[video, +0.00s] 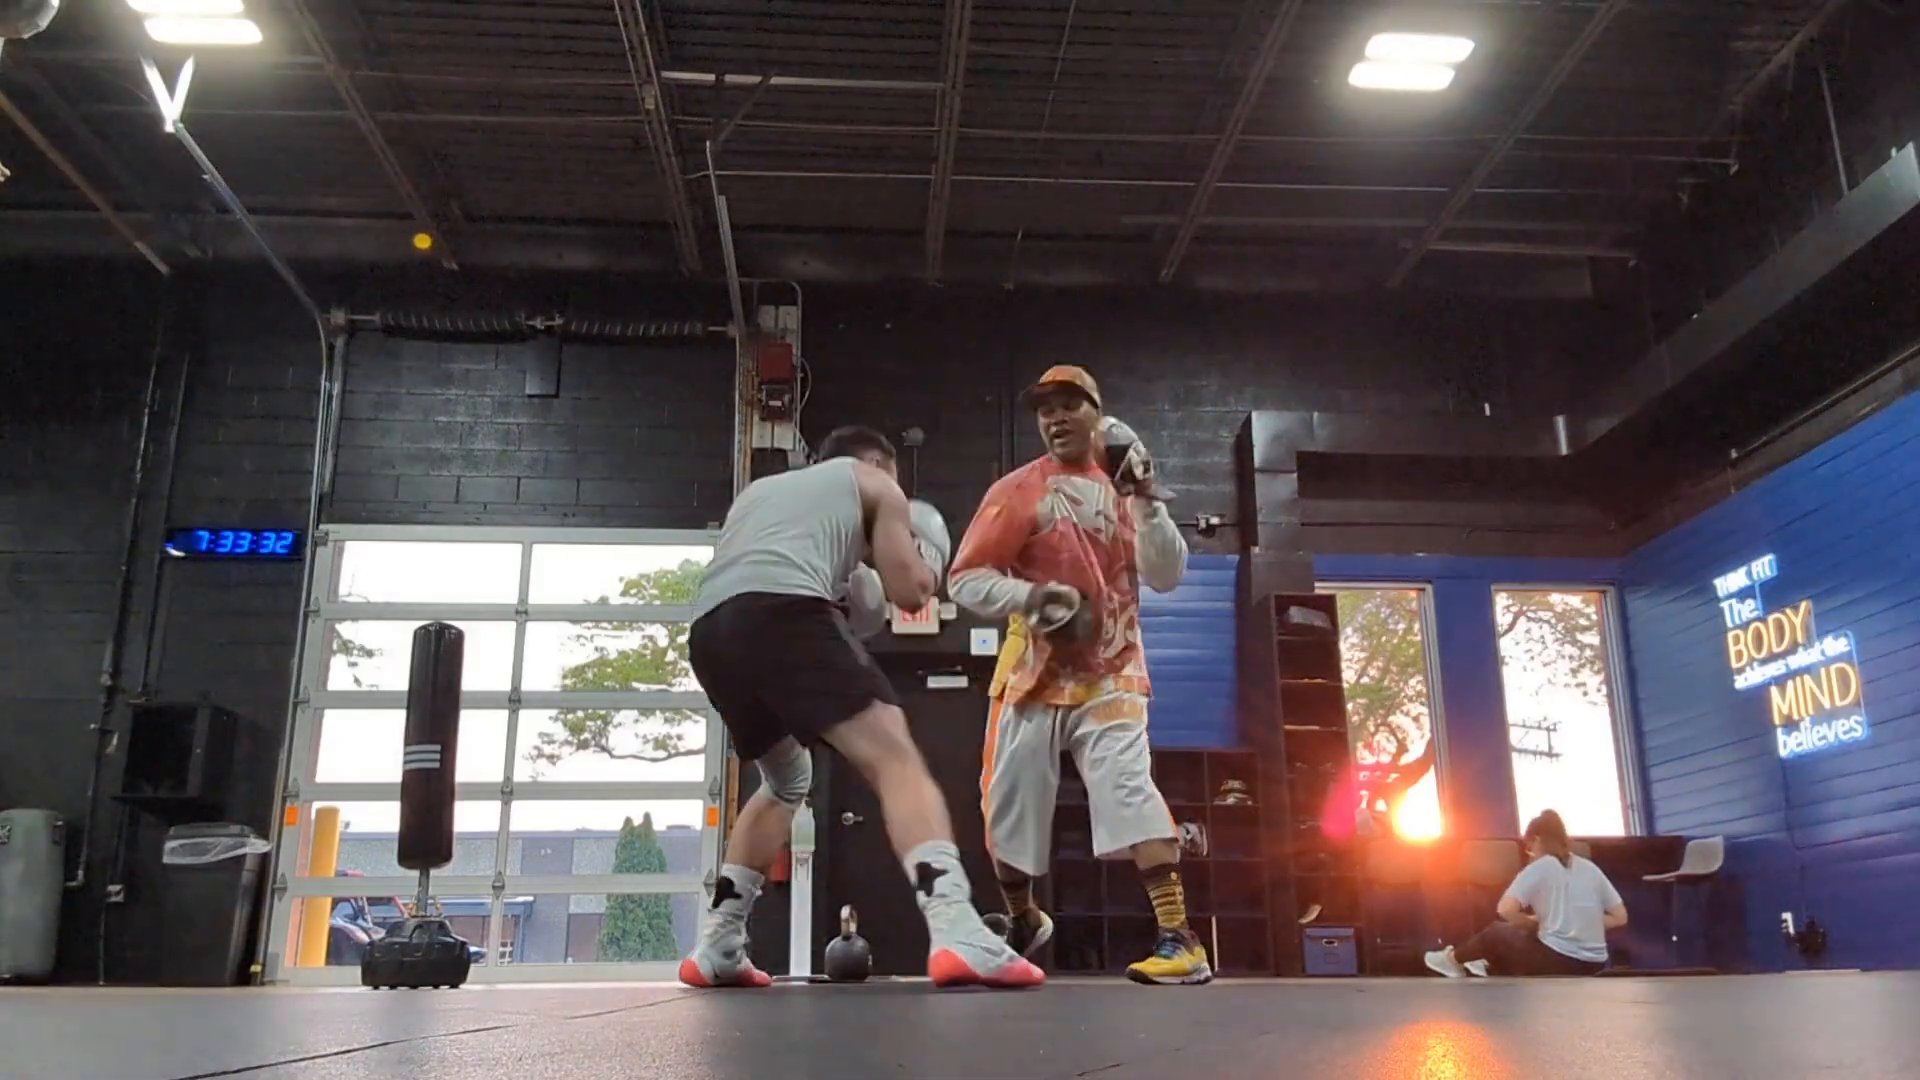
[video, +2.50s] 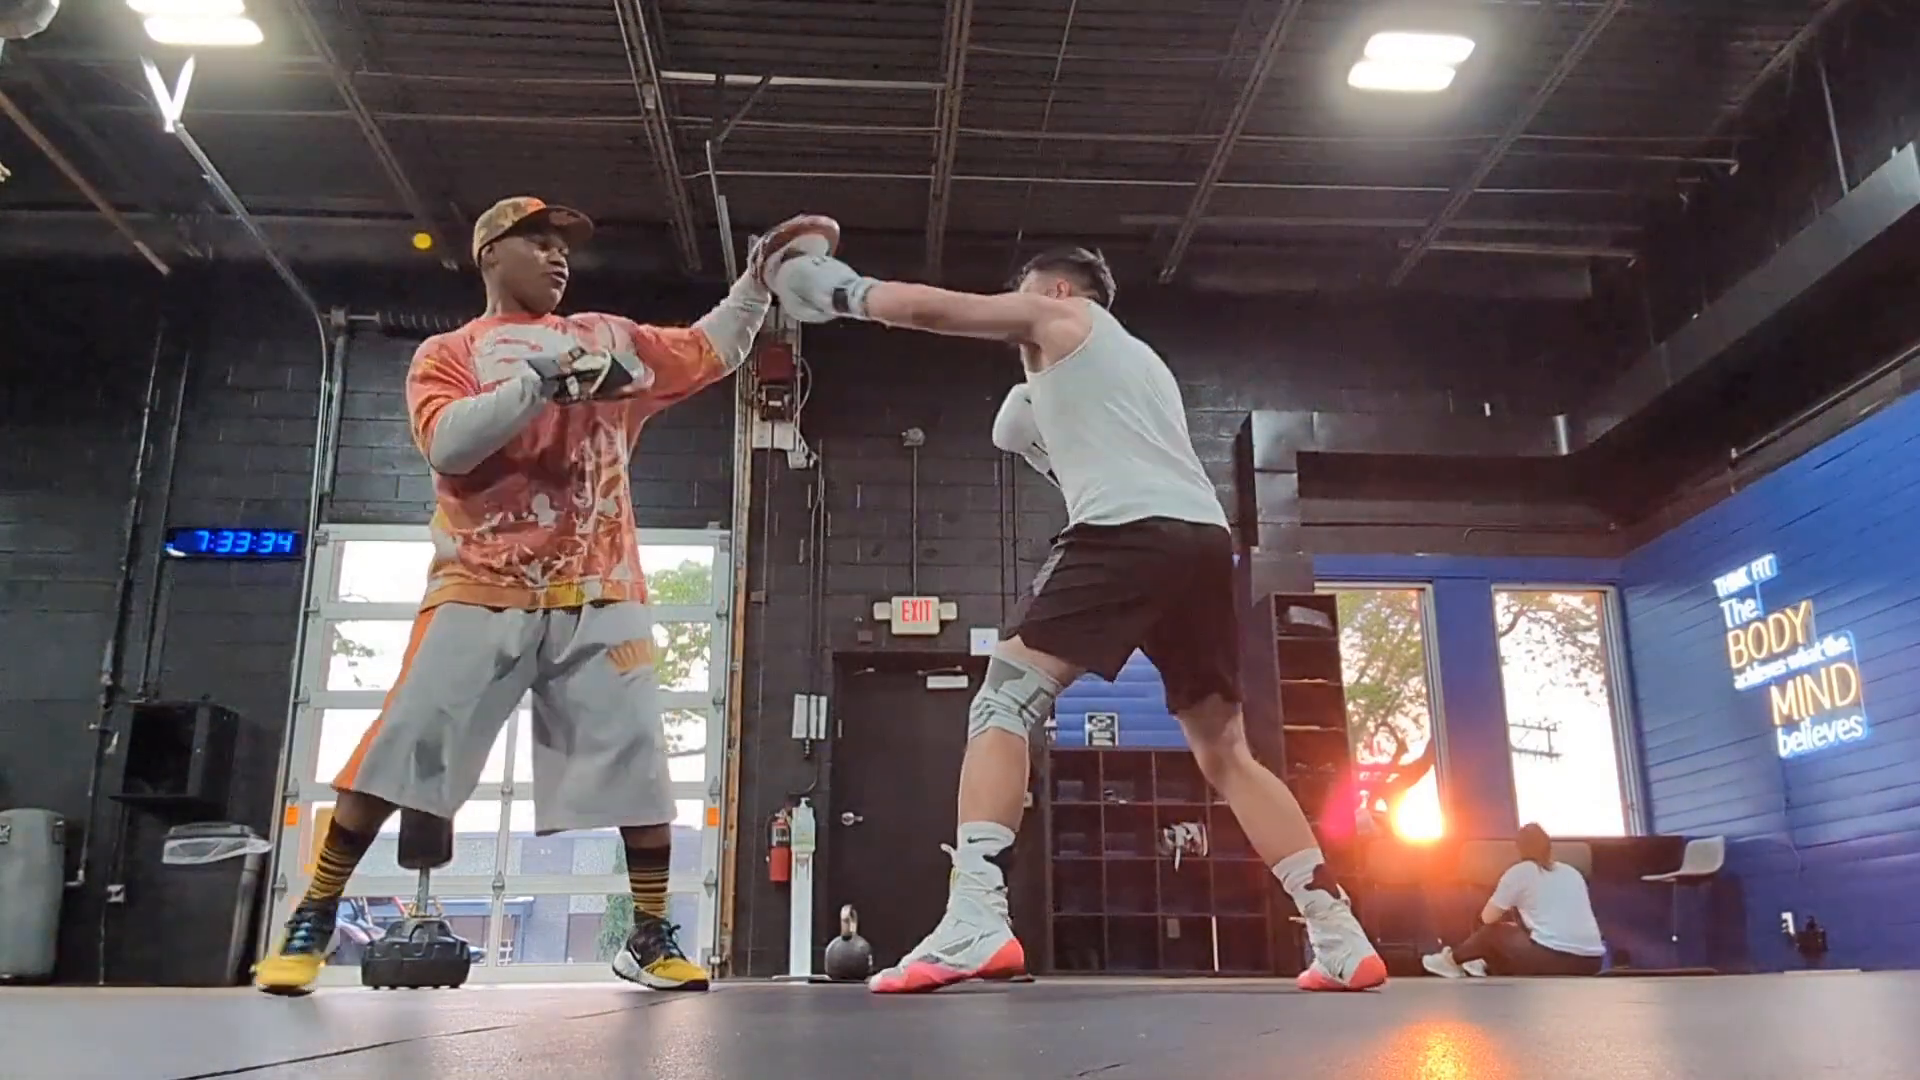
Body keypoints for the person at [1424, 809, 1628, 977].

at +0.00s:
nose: (1529, 853)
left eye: (1529, 847)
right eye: (1528, 848)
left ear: (1538, 840)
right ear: (1562, 839)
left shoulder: (1540, 867)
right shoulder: (1590, 868)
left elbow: (1505, 909)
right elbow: (1620, 918)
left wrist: (1532, 923)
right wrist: (1582, 923)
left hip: (1559, 959)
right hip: (1595, 962)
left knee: (1497, 931)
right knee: (1522, 935)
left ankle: (1453, 959)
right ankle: (1488, 965)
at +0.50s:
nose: (1527, 853)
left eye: (1527, 848)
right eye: (1526, 848)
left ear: (1535, 843)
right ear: (1561, 840)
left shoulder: (1536, 866)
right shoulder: (1592, 866)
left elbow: (1509, 903)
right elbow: (1627, 909)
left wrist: (1530, 921)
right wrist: (1592, 920)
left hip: (1556, 958)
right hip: (1595, 961)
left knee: (1498, 931)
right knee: (1522, 938)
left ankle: (1451, 959)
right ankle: (1487, 964)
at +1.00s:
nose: (1527, 856)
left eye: (1527, 849)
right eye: (1526, 850)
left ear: (1537, 842)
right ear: (1558, 840)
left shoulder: (1540, 863)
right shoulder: (1592, 866)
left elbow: (1531, 895)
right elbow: (1636, 897)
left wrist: (1529, 935)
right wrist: (1614, 932)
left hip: (1559, 958)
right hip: (1595, 961)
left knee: (1499, 931)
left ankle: (1451, 958)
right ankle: (1487, 964)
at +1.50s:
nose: (1524, 849)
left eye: (1524, 843)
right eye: (1524, 843)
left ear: (1529, 842)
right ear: (1555, 838)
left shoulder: (1533, 865)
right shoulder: (1584, 867)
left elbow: (1523, 898)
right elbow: (1625, 909)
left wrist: (1509, 937)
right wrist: (1599, 934)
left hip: (1555, 959)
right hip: (1593, 961)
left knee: (1494, 929)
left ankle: (1452, 959)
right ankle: (1486, 962)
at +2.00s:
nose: (1511, 855)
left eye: (1512, 851)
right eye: (1513, 850)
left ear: (1514, 854)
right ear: (1540, 852)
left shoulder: (1517, 874)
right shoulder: (1565, 875)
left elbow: (1502, 920)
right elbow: (1559, 918)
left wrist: (1485, 910)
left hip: (1552, 957)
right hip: (1591, 960)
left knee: (1487, 934)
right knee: (1519, 936)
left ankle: (1450, 960)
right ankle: (1483, 963)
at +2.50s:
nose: (1518, 848)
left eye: (1519, 844)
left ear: (1521, 848)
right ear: (1547, 846)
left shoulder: (1519, 873)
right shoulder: (1573, 873)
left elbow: (1488, 917)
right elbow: (1561, 914)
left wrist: (1517, 924)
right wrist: (1522, 920)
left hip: (1554, 959)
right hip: (1591, 962)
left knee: (1492, 932)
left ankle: (1450, 960)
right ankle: (1481, 963)